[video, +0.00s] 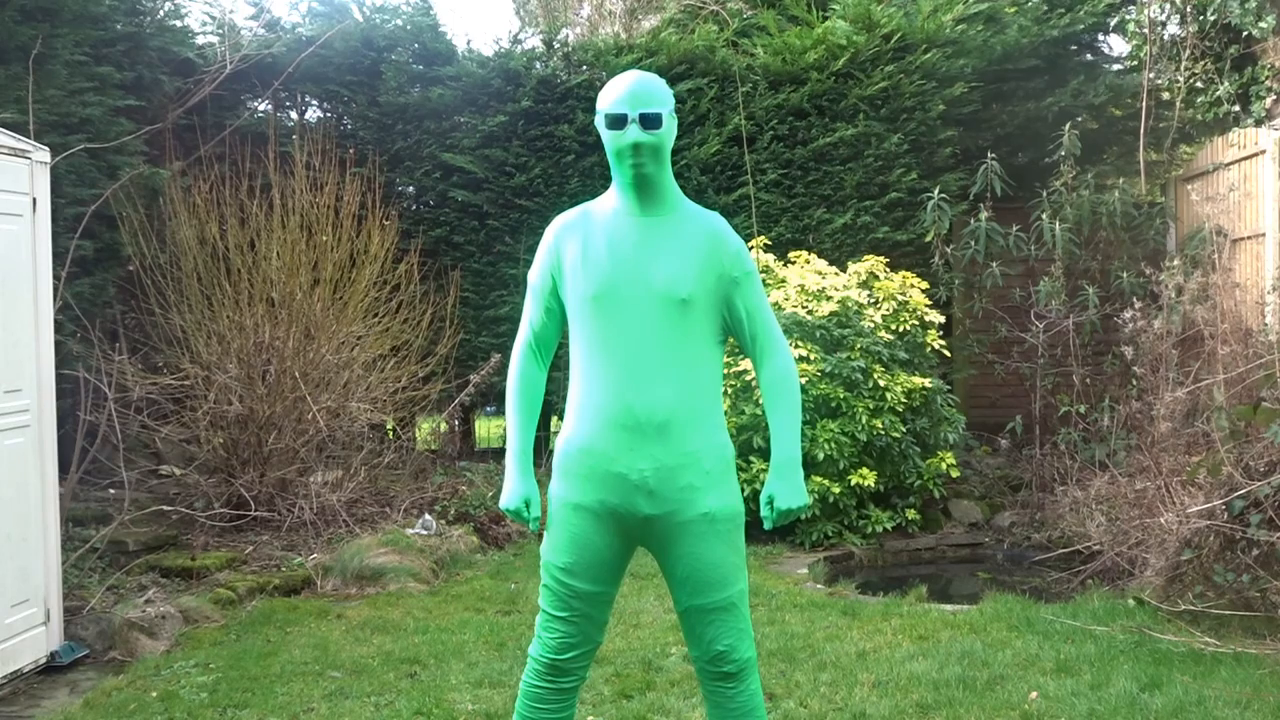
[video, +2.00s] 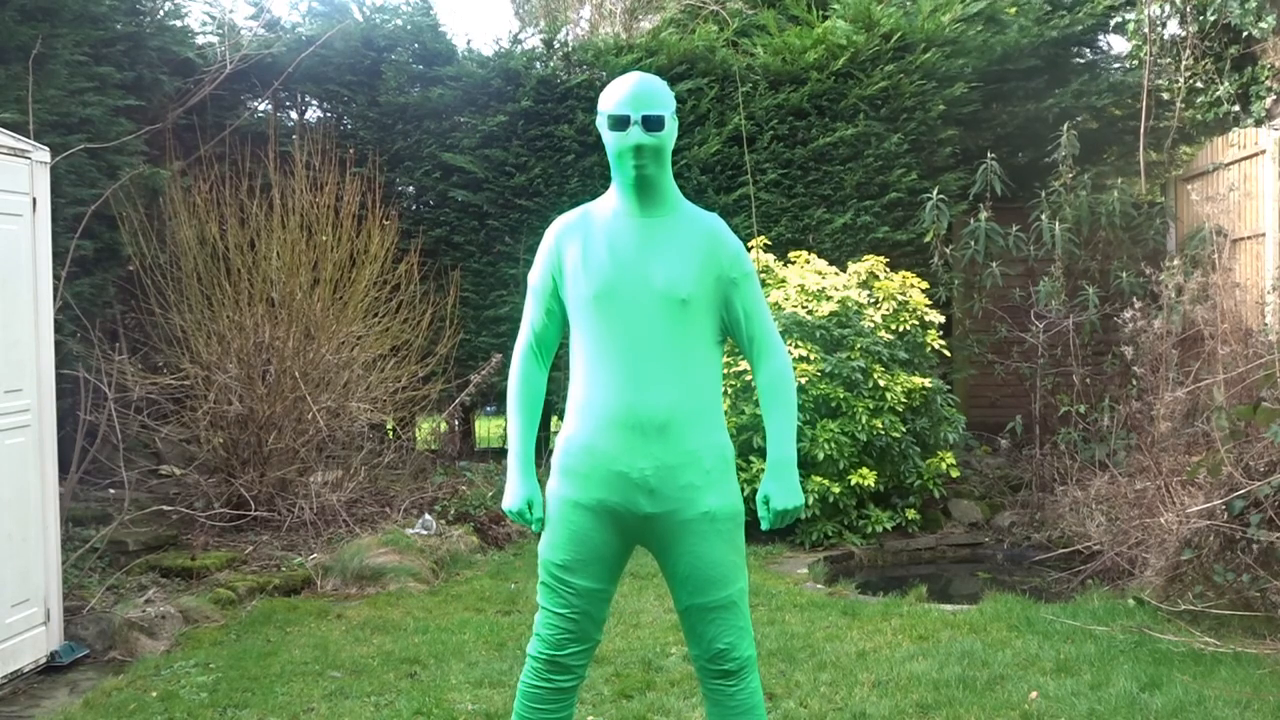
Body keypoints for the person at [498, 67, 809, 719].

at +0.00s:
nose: (634, 135)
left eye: (650, 120)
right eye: (619, 122)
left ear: (673, 129)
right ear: (601, 134)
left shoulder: (714, 237)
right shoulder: (566, 235)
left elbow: (771, 350)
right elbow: (532, 351)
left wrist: (786, 463)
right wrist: (516, 465)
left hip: (698, 485)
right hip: (588, 484)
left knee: (729, 668)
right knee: (554, 667)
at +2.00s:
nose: (638, 136)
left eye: (653, 122)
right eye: (622, 123)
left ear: (674, 131)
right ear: (602, 135)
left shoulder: (713, 239)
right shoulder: (567, 236)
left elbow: (768, 352)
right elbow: (532, 353)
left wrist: (782, 464)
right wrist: (519, 468)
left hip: (698, 486)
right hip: (587, 484)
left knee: (729, 666)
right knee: (554, 664)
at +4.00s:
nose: (637, 138)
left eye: (653, 123)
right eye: (622, 124)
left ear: (674, 133)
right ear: (602, 135)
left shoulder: (713, 240)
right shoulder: (567, 237)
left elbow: (766, 355)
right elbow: (531, 354)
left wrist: (780, 467)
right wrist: (519, 469)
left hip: (694, 488)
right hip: (582, 485)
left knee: (726, 666)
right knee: (551, 663)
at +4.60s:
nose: (636, 137)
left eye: (651, 123)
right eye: (621, 125)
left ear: (673, 132)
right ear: (602, 136)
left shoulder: (713, 239)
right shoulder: (567, 237)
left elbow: (766, 355)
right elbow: (531, 354)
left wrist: (780, 466)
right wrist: (519, 467)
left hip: (694, 488)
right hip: (582, 485)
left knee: (726, 666)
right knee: (551, 664)